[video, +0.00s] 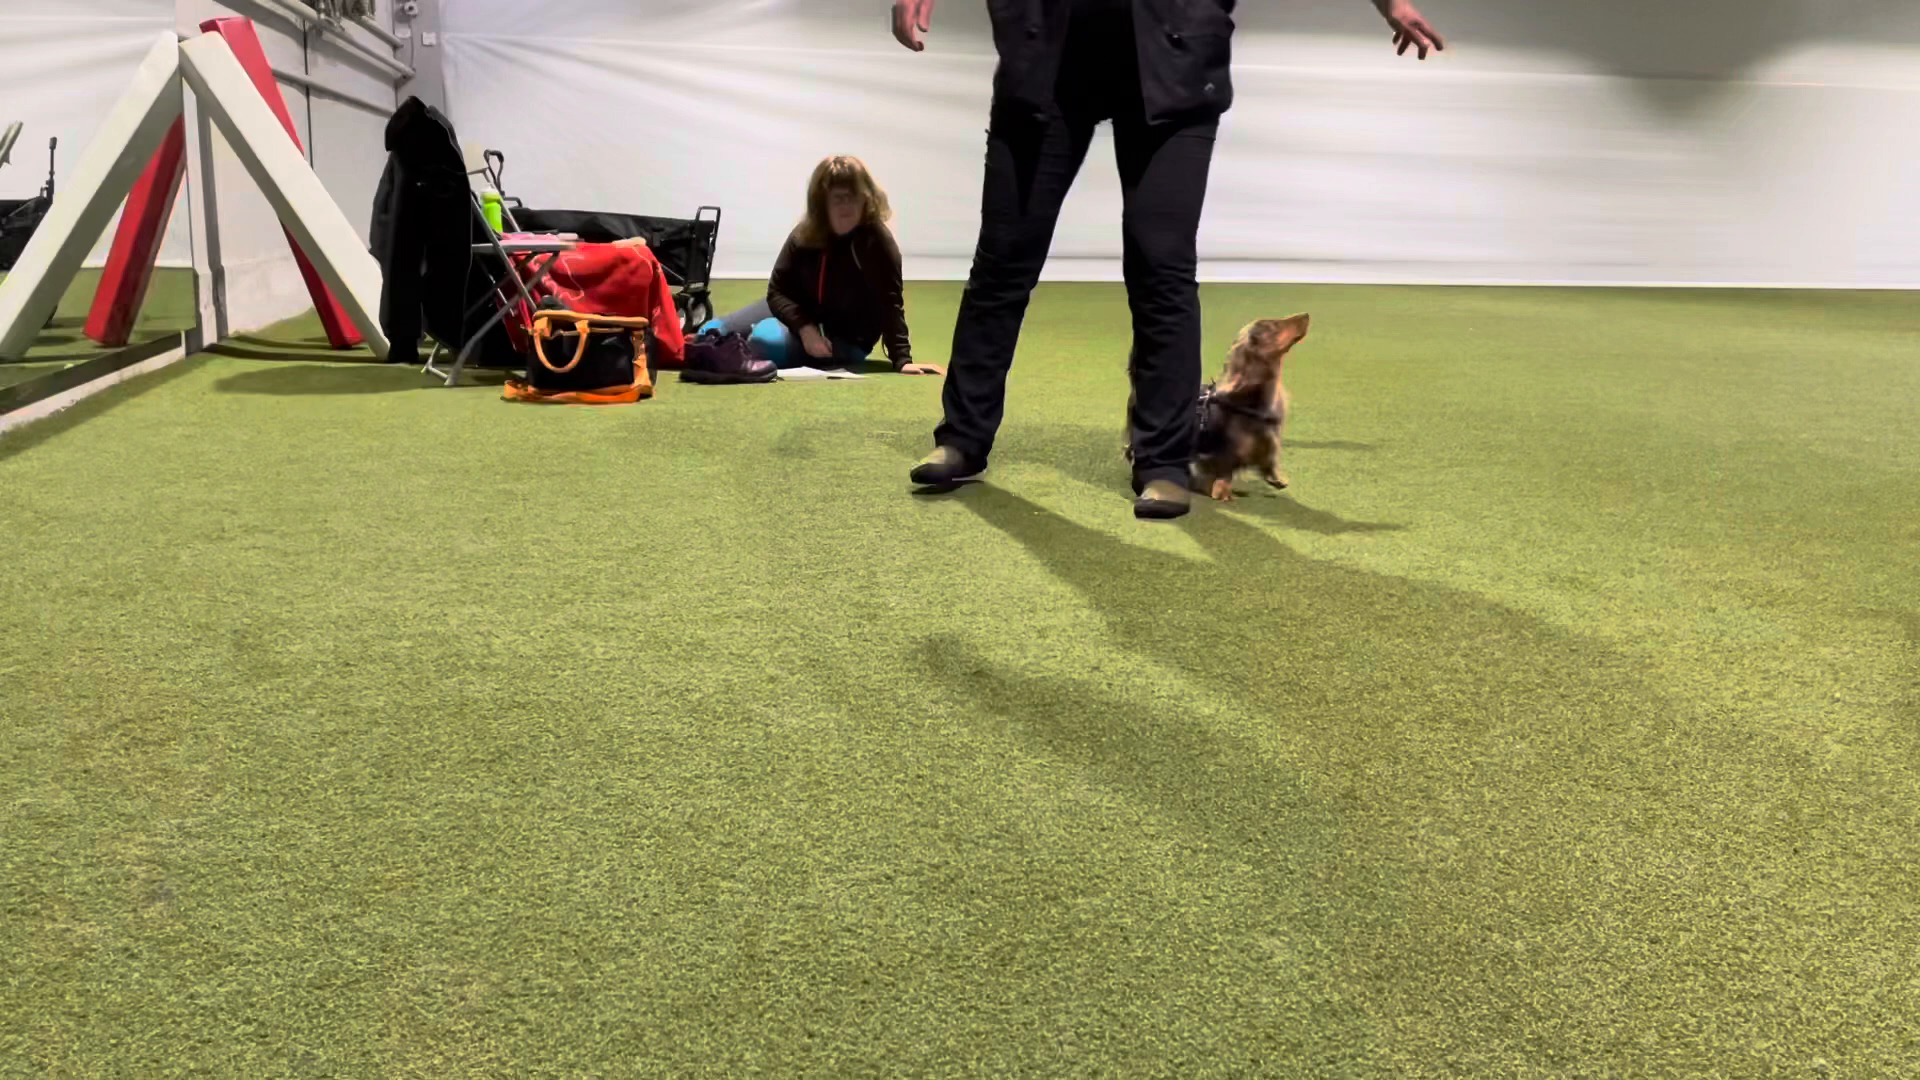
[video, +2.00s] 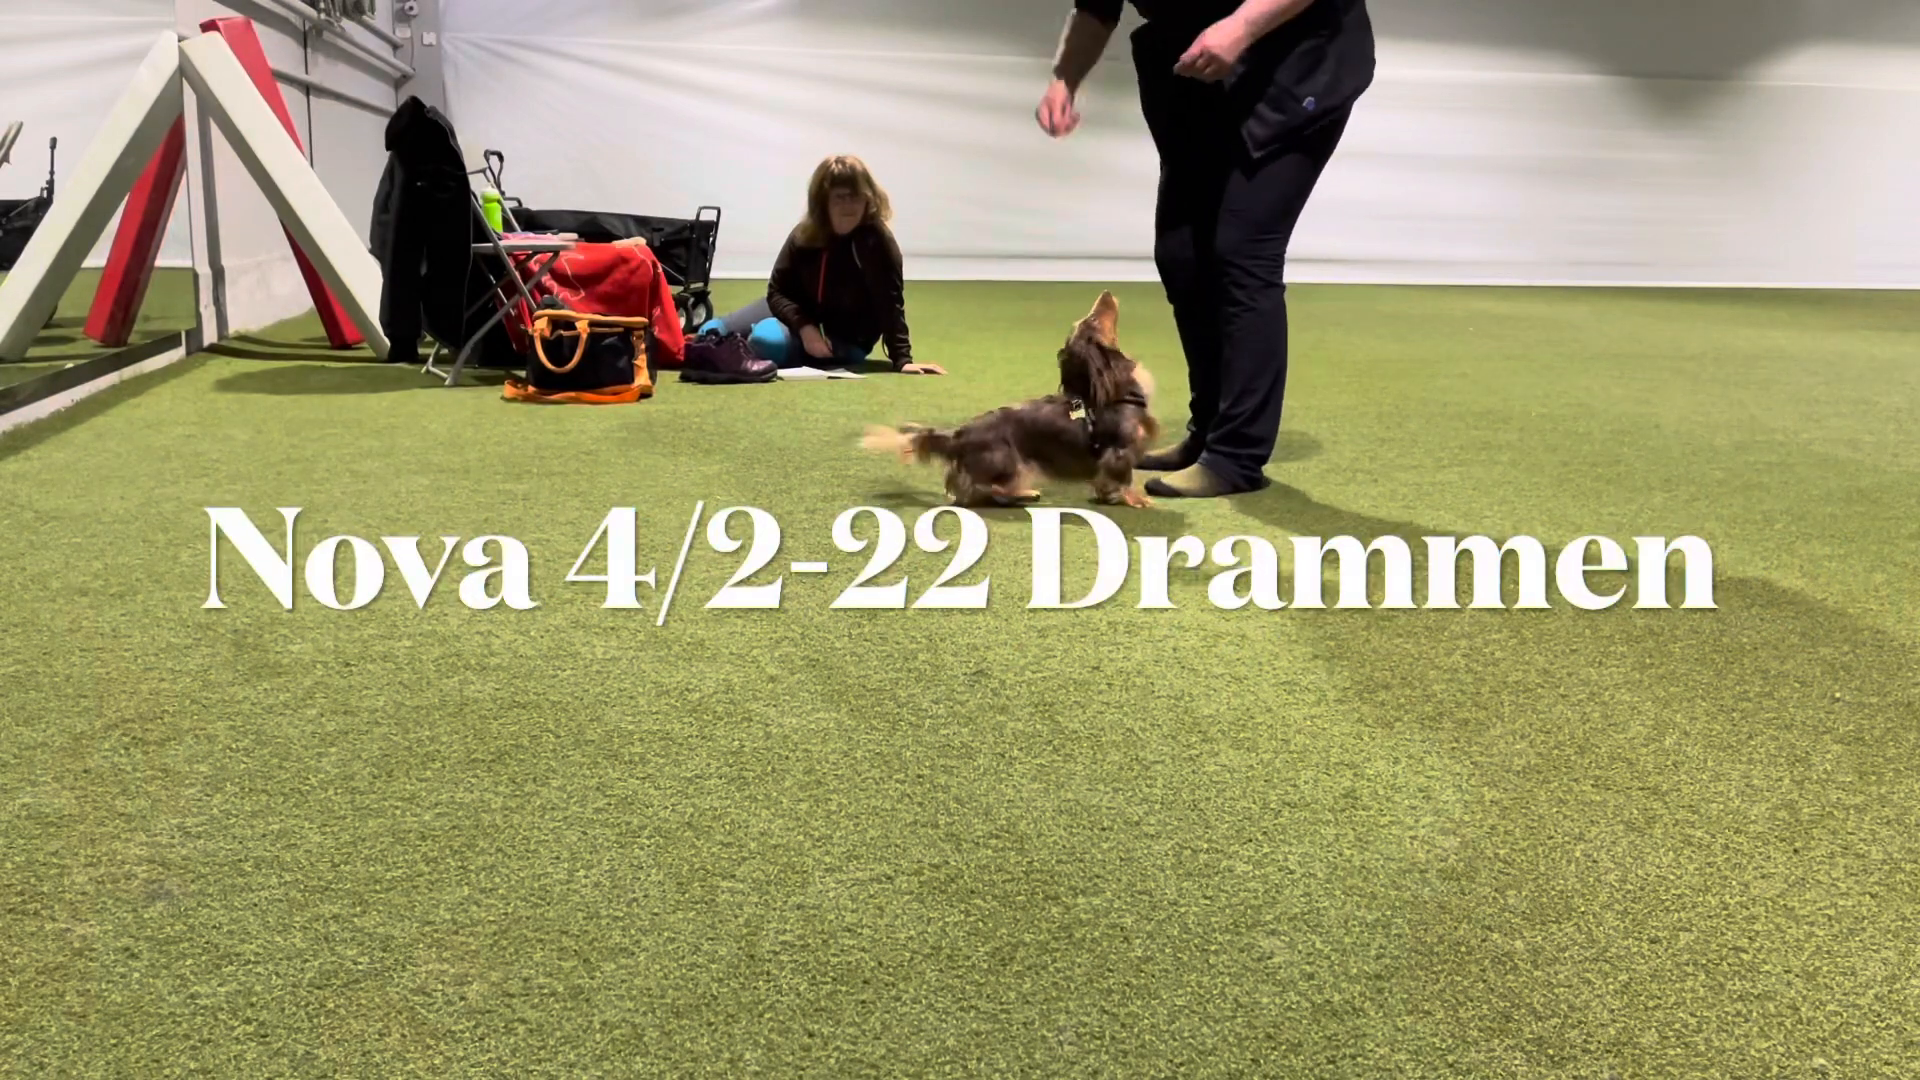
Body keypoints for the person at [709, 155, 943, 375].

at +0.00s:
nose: (846, 205)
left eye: (853, 196)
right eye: (837, 198)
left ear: (866, 201)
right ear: (821, 202)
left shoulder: (879, 244)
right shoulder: (805, 237)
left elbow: (891, 303)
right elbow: (778, 291)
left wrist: (902, 360)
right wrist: (805, 327)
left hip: (843, 337)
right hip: (797, 312)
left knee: (765, 338)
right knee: (712, 332)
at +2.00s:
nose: (848, 204)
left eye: (855, 195)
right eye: (839, 196)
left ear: (868, 200)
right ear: (823, 200)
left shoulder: (878, 242)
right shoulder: (805, 236)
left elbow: (891, 302)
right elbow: (778, 292)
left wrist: (902, 360)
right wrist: (804, 327)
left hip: (841, 338)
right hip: (793, 313)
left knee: (764, 337)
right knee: (714, 331)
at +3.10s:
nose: (848, 204)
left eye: (855, 195)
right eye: (839, 196)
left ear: (867, 200)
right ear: (822, 200)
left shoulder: (877, 242)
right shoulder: (804, 236)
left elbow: (891, 302)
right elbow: (778, 292)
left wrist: (902, 360)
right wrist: (804, 327)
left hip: (841, 338)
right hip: (794, 313)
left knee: (764, 337)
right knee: (714, 331)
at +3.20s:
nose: (848, 204)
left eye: (855, 195)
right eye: (839, 196)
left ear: (867, 200)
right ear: (822, 201)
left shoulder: (877, 242)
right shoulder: (804, 237)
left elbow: (891, 302)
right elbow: (777, 292)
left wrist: (902, 360)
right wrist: (804, 327)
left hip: (841, 337)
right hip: (795, 313)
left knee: (764, 338)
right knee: (713, 332)